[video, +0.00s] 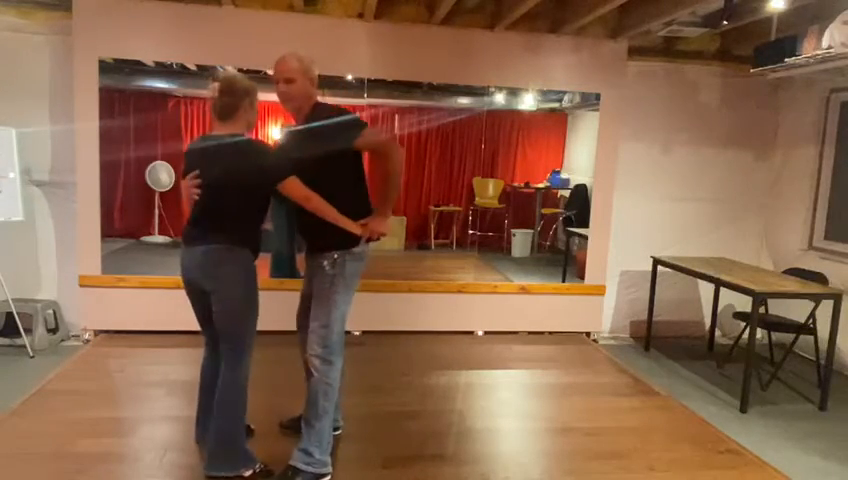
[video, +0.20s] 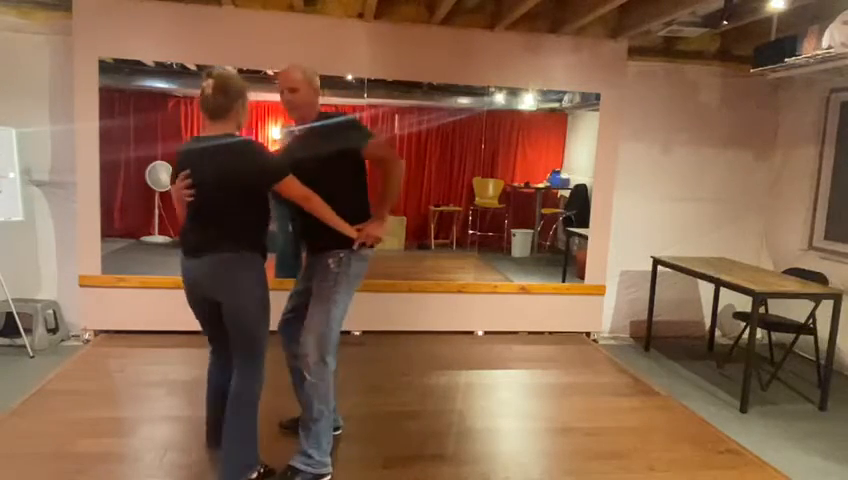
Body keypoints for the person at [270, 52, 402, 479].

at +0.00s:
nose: (281, 90)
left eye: (288, 82)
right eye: (277, 83)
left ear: (312, 82)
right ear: (276, 88)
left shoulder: (336, 120)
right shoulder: (292, 135)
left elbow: (390, 147)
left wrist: (383, 212)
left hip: (342, 250)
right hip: (317, 251)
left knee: (321, 350)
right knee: (312, 338)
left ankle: (313, 463)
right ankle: (323, 418)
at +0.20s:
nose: (284, 99)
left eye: (292, 91)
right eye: (281, 92)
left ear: (315, 91)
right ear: (282, 97)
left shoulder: (341, 127)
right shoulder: (292, 144)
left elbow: (393, 159)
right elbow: (253, 179)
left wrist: (381, 217)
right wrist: (189, 187)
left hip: (344, 255)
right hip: (315, 257)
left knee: (316, 351)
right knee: (291, 334)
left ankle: (314, 463)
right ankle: (321, 418)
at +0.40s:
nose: (296, 116)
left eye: (303, 109)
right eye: (291, 110)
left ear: (322, 110)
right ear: (287, 115)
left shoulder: (349, 147)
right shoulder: (283, 167)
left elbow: (393, 192)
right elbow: (254, 217)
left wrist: (367, 232)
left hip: (352, 265)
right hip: (316, 269)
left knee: (311, 351)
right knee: (282, 338)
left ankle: (314, 465)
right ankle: (320, 418)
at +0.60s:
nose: (312, 136)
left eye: (318, 128)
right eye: (305, 129)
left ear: (334, 129)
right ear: (298, 135)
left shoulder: (361, 166)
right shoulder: (295, 188)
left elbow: (392, 220)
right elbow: (247, 217)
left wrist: (348, 254)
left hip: (367, 279)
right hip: (327, 280)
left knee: (306, 353)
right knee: (276, 343)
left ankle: (313, 467)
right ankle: (322, 419)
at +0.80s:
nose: (315, 146)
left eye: (323, 139)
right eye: (311, 139)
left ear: (344, 141)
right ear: (307, 144)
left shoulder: (369, 179)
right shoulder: (305, 190)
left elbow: (389, 237)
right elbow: (247, 220)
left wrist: (332, 266)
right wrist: (193, 216)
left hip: (376, 289)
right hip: (338, 290)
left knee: (306, 357)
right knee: (279, 340)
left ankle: (313, 468)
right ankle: (320, 419)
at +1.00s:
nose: (318, 154)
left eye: (327, 146)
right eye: (315, 146)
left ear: (350, 149)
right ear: (312, 149)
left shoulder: (378, 190)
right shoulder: (312, 195)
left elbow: (383, 253)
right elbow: (257, 221)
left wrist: (324, 278)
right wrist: (209, 221)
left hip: (378, 300)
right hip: (341, 296)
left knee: (298, 364)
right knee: (283, 338)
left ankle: (312, 469)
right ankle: (323, 418)